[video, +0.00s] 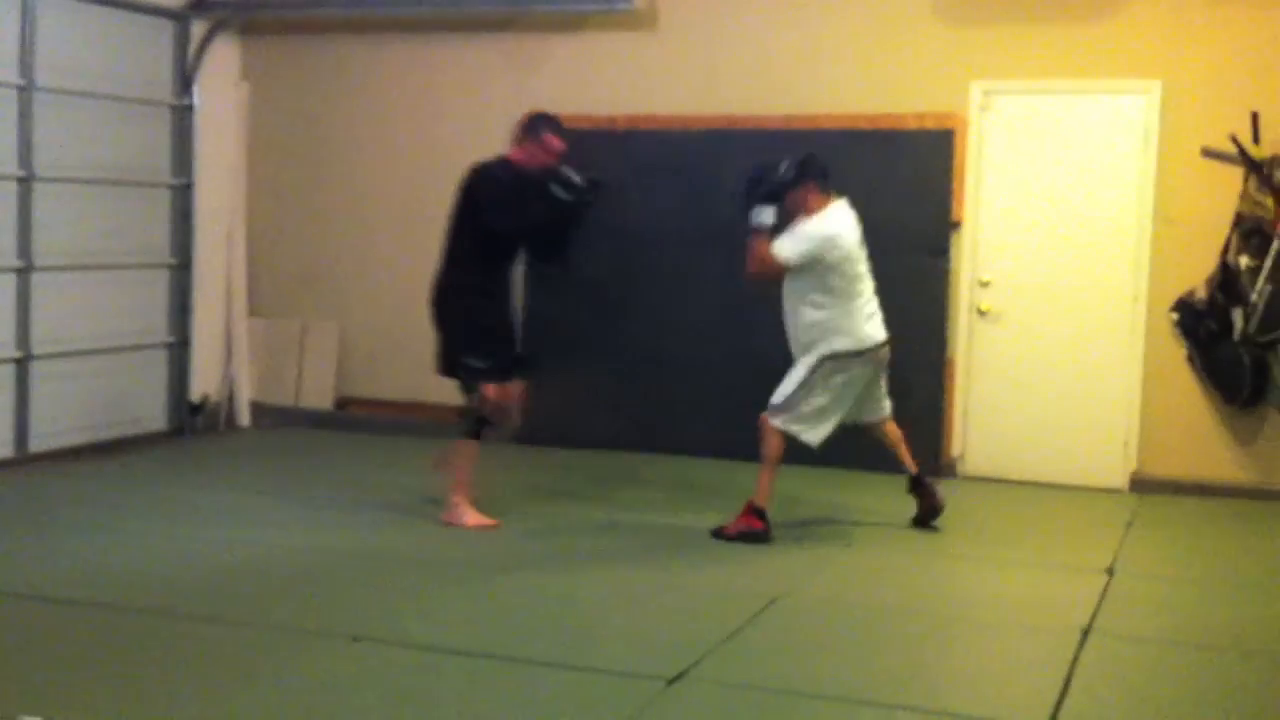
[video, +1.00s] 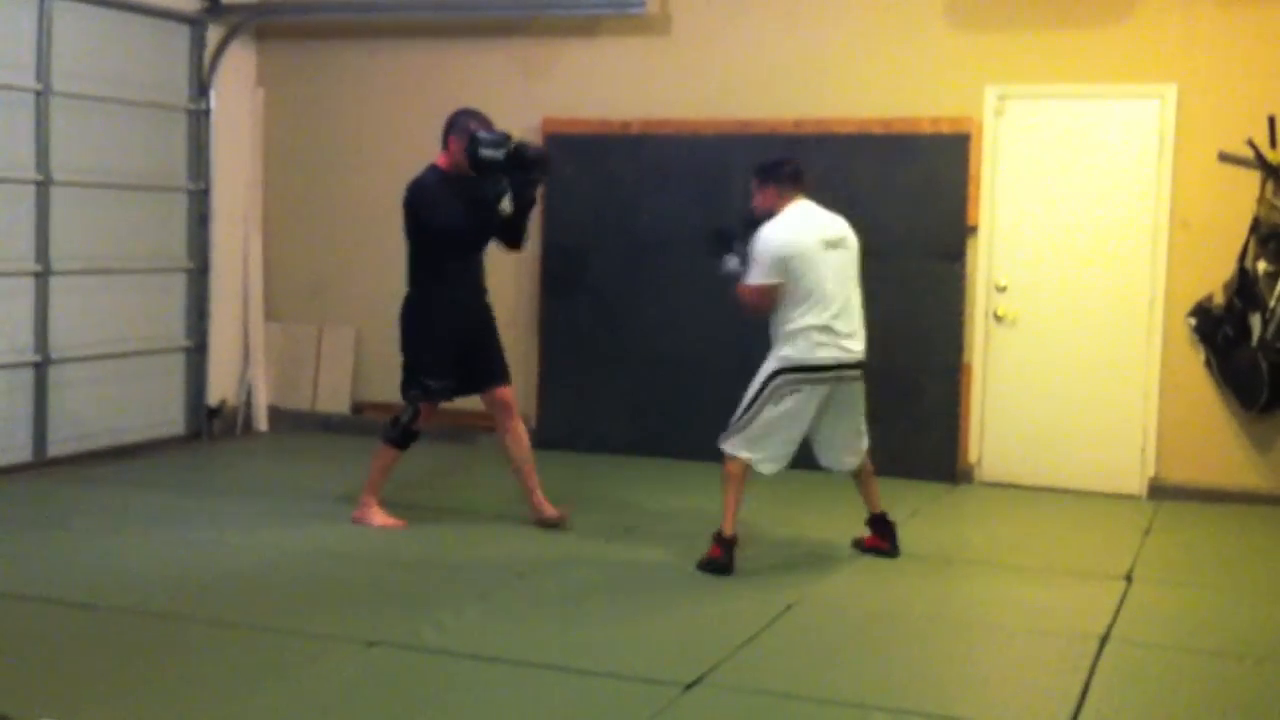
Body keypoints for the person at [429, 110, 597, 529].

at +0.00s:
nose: (550, 164)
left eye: (555, 156)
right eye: (546, 153)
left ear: (551, 155)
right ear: (524, 144)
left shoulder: (532, 185)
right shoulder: (490, 177)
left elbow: (546, 249)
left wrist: (571, 202)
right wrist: (558, 196)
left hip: (496, 303)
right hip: (463, 301)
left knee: (507, 400)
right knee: (485, 398)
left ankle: (451, 458)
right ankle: (458, 500)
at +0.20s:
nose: (523, 159)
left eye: (526, 151)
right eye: (517, 150)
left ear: (519, 154)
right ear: (490, 149)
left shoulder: (506, 201)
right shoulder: (458, 191)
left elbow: (516, 266)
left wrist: (552, 225)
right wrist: (522, 212)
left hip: (454, 311)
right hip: (433, 310)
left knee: (430, 398)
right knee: (478, 394)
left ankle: (406, 485)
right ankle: (465, 500)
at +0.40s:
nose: (507, 143)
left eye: (508, 134)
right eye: (500, 134)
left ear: (489, 139)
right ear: (474, 136)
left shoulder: (485, 188)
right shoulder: (448, 184)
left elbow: (494, 247)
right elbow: (480, 244)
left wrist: (532, 226)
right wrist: (519, 219)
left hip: (450, 305)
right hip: (430, 305)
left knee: (432, 393)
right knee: (470, 389)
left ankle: (417, 483)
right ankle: (418, 484)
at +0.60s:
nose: (475, 150)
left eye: (477, 142)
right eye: (471, 140)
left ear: (452, 139)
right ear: (444, 135)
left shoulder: (454, 183)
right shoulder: (415, 185)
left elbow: (486, 229)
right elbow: (459, 230)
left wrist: (521, 193)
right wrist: (492, 182)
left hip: (447, 309)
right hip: (416, 310)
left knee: (445, 400)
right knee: (416, 405)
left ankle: (417, 484)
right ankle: (369, 500)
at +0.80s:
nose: (468, 148)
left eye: (471, 139)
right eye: (463, 138)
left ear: (449, 139)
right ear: (437, 134)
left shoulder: (449, 183)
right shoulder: (409, 183)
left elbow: (472, 241)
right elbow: (454, 233)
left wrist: (504, 208)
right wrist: (477, 186)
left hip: (448, 307)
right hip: (413, 309)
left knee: (502, 382)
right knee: (408, 405)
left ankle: (472, 479)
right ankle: (368, 502)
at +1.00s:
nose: (481, 153)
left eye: (485, 144)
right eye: (475, 143)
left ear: (486, 147)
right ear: (452, 142)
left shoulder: (478, 187)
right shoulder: (425, 189)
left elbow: (512, 237)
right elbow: (459, 239)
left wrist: (525, 188)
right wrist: (489, 190)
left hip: (472, 311)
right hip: (429, 313)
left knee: (503, 401)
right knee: (418, 409)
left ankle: (538, 501)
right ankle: (367, 502)